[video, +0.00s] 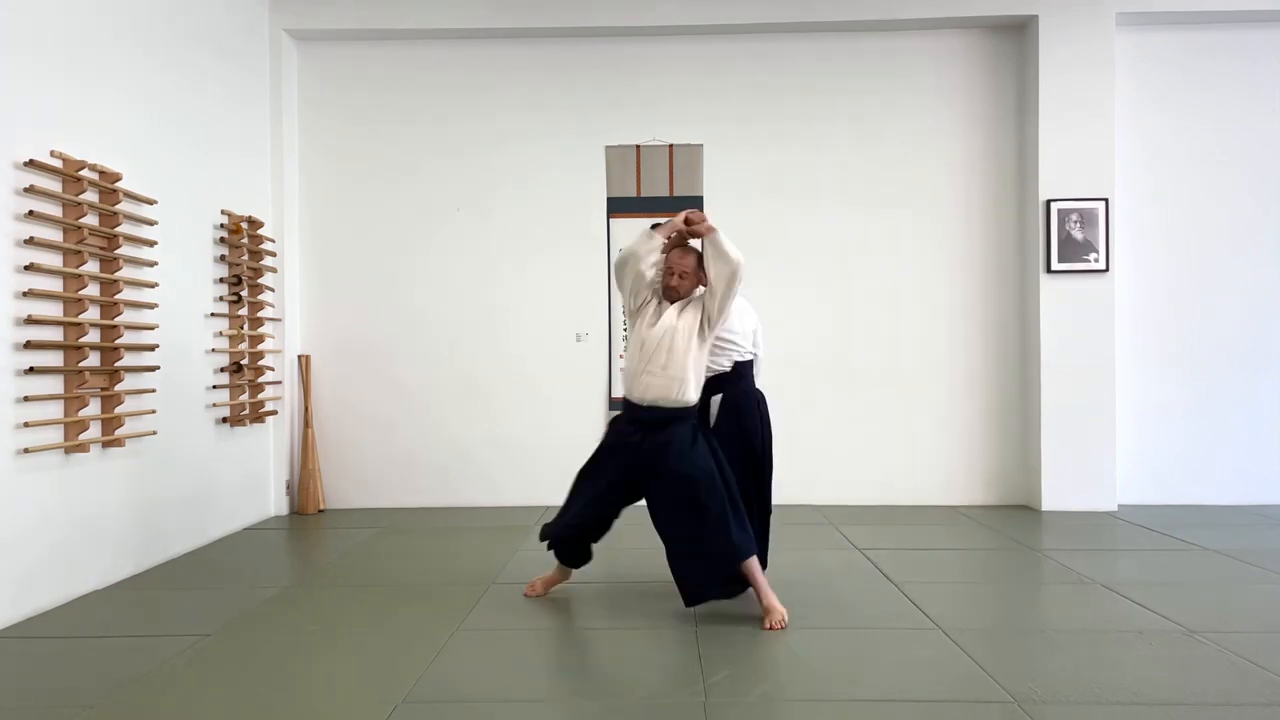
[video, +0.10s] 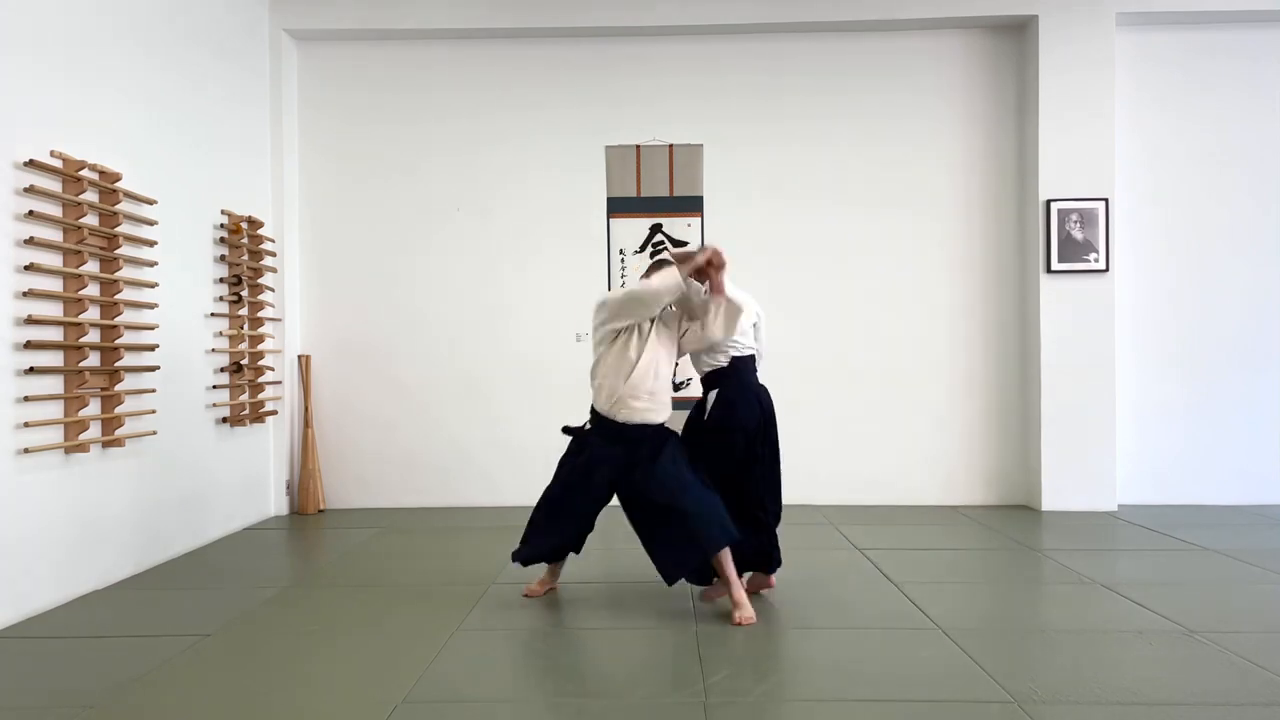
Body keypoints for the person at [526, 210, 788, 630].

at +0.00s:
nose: (673, 280)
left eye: (683, 275)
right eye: (669, 271)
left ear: (700, 279)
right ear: (660, 269)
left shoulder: (702, 315)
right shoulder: (643, 305)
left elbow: (730, 269)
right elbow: (628, 263)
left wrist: (709, 232)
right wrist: (663, 230)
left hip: (680, 427)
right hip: (632, 424)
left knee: (719, 506)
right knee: (585, 501)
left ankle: (766, 595)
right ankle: (561, 571)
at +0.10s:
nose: (671, 287)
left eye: (677, 283)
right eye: (666, 279)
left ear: (681, 290)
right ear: (645, 278)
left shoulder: (675, 324)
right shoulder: (610, 312)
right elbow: (653, 293)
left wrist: (717, 287)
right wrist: (688, 267)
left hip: (654, 439)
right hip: (604, 434)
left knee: (697, 507)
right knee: (571, 505)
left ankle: (736, 590)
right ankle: (550, 575)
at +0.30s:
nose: (640, 302)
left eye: (644, 295)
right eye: (635, 295)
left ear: (647, 291)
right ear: (613, 286)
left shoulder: (646, 323)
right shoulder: (581, 321)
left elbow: (661, 381)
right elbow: (590, 361)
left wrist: (668, 355)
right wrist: (642, 346)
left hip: (642, 431)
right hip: (593, 433)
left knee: (674, 506)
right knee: (561, 508)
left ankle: (690, 588)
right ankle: (543, 575)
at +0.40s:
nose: (641, 308)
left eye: (646, 302)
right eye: (635, 301)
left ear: (649, 298)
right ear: (613, 290)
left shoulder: (654, 332)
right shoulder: (582, 329)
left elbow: (668, 392)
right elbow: (577, 383)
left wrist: (662, 372)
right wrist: (630, 379)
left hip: (646, 434)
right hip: (596, 435)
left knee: (673, 503)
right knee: (562, 505)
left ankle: (694, 586)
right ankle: (546, 577)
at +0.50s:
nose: (646, 330)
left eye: (652, 323)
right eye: (639, 322)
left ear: (657, 317)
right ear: (618, 313)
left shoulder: (664, 344)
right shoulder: (590, 341)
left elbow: (679, 394)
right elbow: (573, 394)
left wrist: (660, 407)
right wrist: (627, 410)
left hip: (647, 442)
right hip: (599, 439)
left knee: (675, 511)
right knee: (567, 506)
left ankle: (697, 595)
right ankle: (547, 580)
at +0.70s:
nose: (647, 399)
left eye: (654, 393)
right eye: (640, 392)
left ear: (666, 379)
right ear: (629, 377)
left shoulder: (680, 397)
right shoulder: (611, 377)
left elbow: (681, 467)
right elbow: (591, 428)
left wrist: (641, 510)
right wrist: (606, 480)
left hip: (680, 453)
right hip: (632, 447)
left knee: (685, 514)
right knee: (580, 506)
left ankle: (691, 594)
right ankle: (563, 567)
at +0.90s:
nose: (647, 414)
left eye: (654, 408)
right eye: (640, 407)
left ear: (668, 392)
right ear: (630, 393)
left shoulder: (685, 413)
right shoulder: (618, 394)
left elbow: (674, 474)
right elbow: (604, 436)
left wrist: (647, 533)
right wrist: (605, 484)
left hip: (691, 464)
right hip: (646, 461)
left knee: (686, 533)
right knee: (607, 530)